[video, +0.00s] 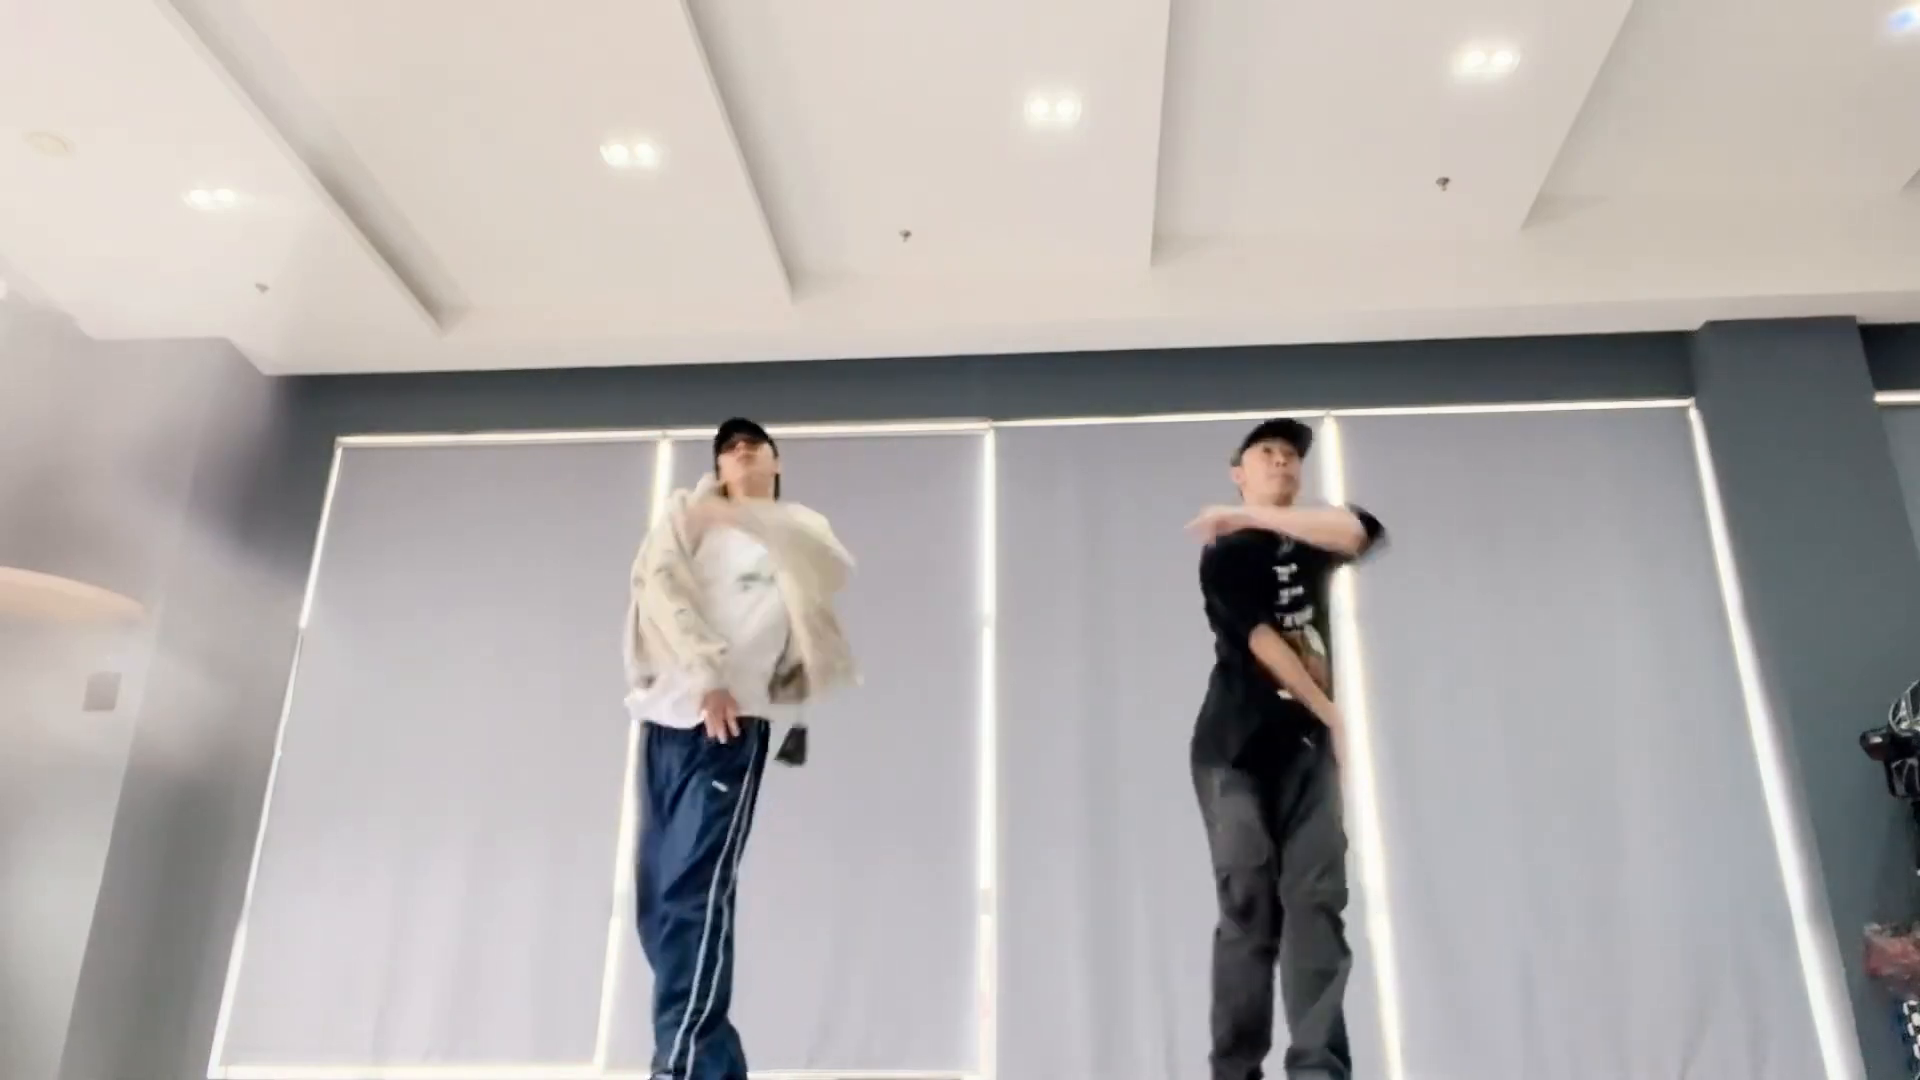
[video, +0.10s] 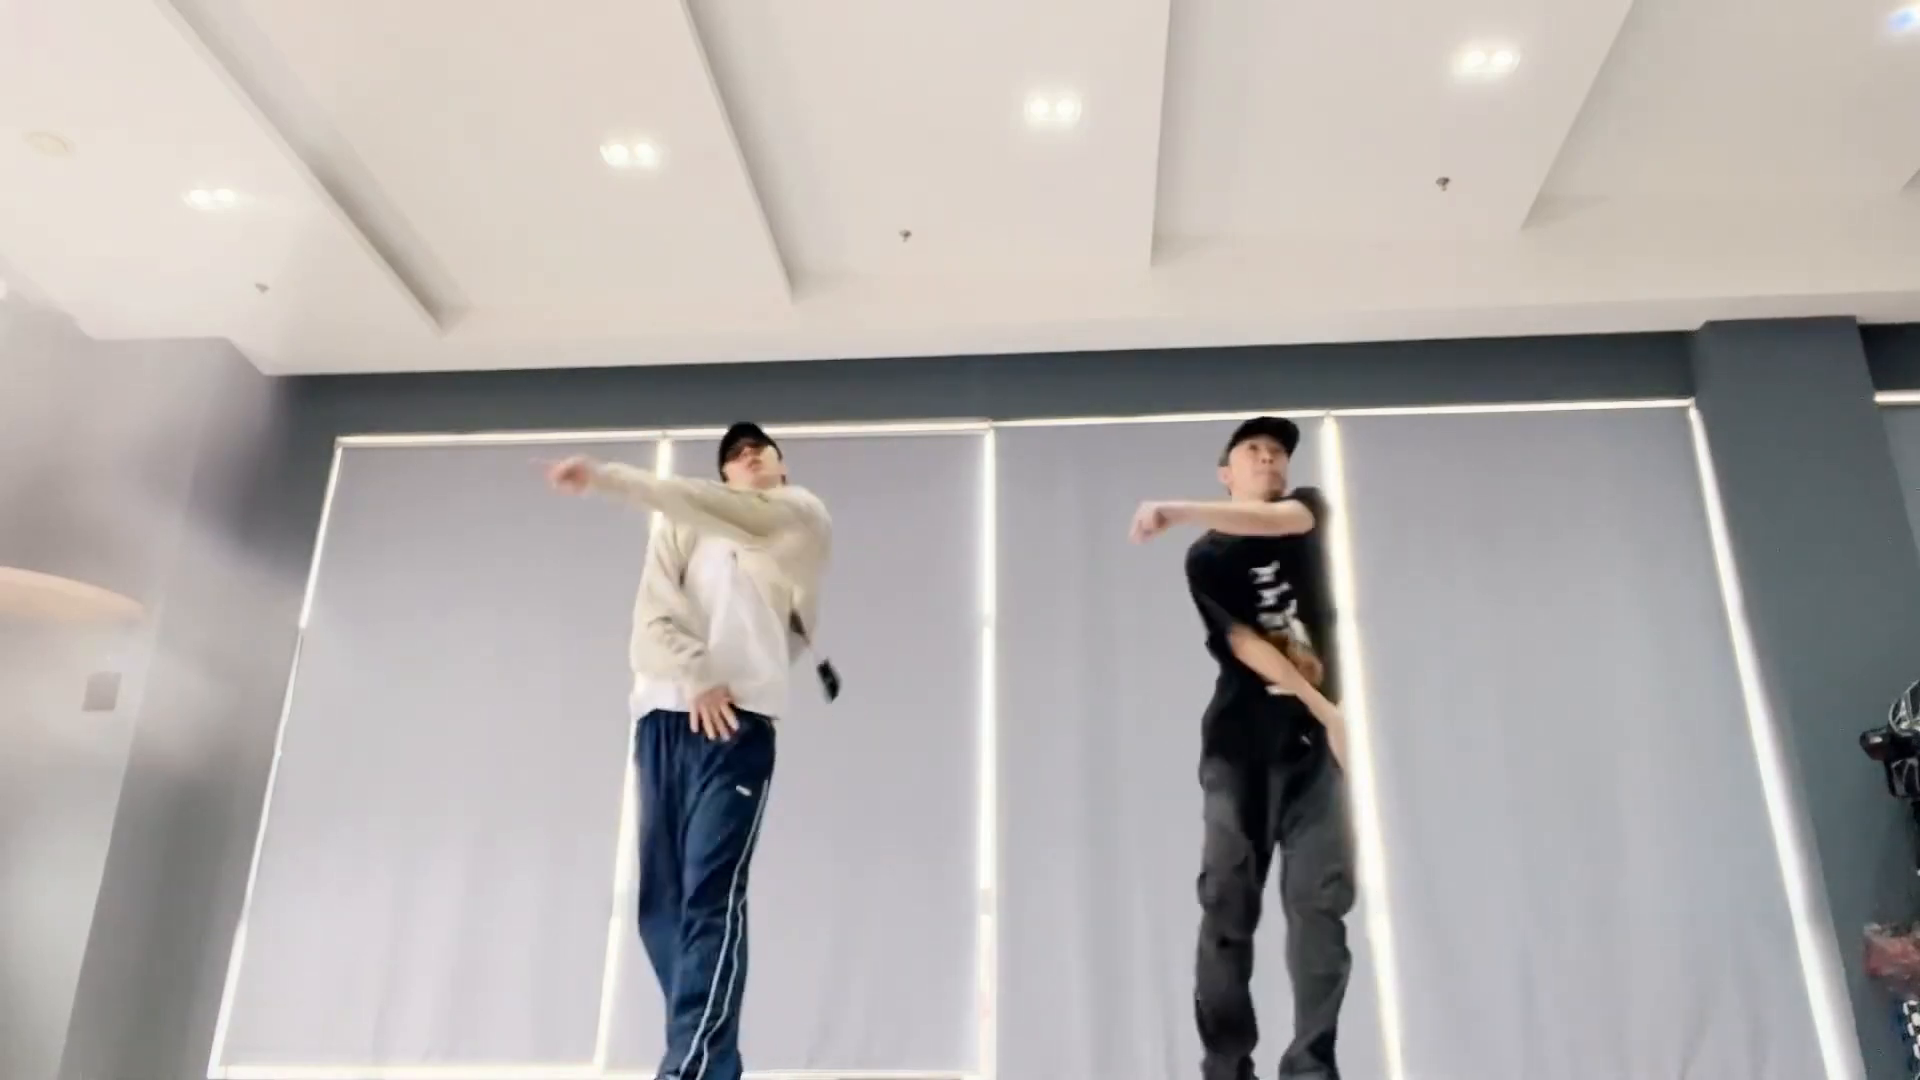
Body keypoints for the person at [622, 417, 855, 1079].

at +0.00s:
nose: (745, 458)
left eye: (757, 449)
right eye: (732, 451)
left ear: (776, 467)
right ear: (716, 470)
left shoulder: (798, 530)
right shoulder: (684, 517)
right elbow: (658, 594)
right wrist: (706, 679)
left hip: (736, 726)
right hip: (665, 723)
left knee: (693, 891)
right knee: (659, 892)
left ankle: (681, 1062)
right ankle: (710, 1059)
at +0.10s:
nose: (755, 458)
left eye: (764, 449)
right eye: (740, 455)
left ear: (783, 465)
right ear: (721, 476)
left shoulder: (805, 518)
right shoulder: (676, 521)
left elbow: (716, 504)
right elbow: (655, 615)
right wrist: (696, 680)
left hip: (737, 726)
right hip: (662, 723)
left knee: (708, 898)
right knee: (661, 900)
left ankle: (689, 1067)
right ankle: (711, 1061)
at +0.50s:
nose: (692, 488)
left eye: (703, 475)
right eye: (681, 484)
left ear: (731, 479)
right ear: (670, 497)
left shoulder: (769, 518)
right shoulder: (671, 551)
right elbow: (660, 637)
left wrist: (627, 523)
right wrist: (678, 703)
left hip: (752, 737)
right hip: (710, 741)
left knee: (634, 870)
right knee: (620, 882)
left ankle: (663, 1058)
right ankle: (715, 1048)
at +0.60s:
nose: (716, 482)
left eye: (727, 469)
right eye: (703, 478)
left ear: (752, 475)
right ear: (692, 495)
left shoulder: (775, 521)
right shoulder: (675, 548)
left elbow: (681, 534)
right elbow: (664, 640)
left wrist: (553, 539)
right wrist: (703, 707)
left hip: (742, 748)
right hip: (671, 749)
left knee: (651, 880)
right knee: (681, 917)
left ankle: (598, 1049)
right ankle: (730, 1044)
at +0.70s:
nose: (713, 489)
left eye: (723, 476)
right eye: (700, 486)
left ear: (751, 483)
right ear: (692, 502)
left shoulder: (774, 530)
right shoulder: (689, 571)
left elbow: (703, 541)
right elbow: (648, 669)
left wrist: (592, 538)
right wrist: (705, 706)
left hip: (747, 756)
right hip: (680, 766)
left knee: (678, 865)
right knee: (706, 918)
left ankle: (595, 1035)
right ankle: (706, 1069)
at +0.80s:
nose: (692, 503)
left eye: (703, 489)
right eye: (681, 499)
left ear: (734, 495)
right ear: (673, 516)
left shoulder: (760, 541)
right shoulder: (682, 599)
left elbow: (801, 529)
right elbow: (649, 678)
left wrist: (687, 530)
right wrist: (696, 714)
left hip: (763, 746)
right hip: (722, 756)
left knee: (638, 859)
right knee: (635, 879)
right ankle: (674, 1057)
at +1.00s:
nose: (698, 508)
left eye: (705, 491)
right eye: (686, 502)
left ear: (735, 486)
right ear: (683, 514)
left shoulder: (787, 545)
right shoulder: (712, 574)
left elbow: (836, 519)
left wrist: (731, 521)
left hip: (764, 752)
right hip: (723, 756)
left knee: (640, 912)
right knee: (623, 919)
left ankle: (746, 1064)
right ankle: (692, 1072)